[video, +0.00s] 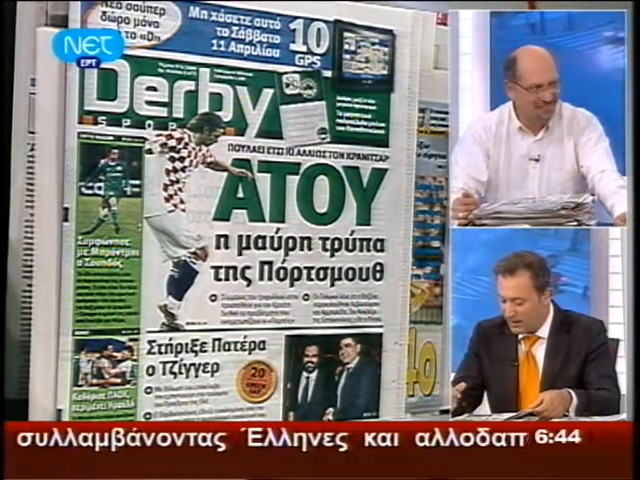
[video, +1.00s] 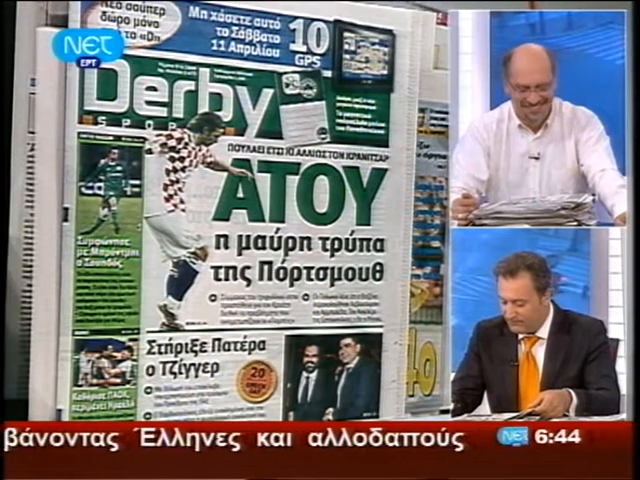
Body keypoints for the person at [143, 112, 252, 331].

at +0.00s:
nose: (215, 141)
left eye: (217, 138)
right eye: (215, 136)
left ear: (207, 132)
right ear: (205, 130)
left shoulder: (199, 150)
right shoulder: (179, 137)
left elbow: (212, 162)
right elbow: (149, 145)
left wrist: (232, 170)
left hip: (166, 209)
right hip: (161, 208)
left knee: (180, 262)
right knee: (200, 251)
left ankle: (171, 317)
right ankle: (172, 304)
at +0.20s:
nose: (215, 141)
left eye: (217, 138)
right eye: (215, 136)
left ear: (207, 132)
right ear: (205, 130)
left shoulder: (199, 150)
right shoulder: (179, 137)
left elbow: (212, 162)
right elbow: (149, 145)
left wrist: (232, 170)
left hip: (166, 209)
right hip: (161, 208)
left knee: (180, 262)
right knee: (200, 251)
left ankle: (171, 317)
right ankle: (172, 304)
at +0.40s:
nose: (215, 141)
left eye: (217, 137)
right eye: (215, 136)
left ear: (207, 132)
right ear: (205, 130)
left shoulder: (199, 150)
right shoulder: (179, 137)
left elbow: (212, 162)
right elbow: (149, 145)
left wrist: (232, 170)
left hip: (166, 209)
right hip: (161, 208)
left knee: (180, 262)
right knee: (200, 251)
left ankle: (171, 317)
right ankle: (172, 304)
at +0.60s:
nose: (215, 141)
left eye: (217, 137)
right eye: (215, 136)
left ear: (207, 132)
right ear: (205, 130)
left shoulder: (199, 150)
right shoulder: (179, 137)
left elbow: (212, 162)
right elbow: (149, 145)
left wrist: (232, 170)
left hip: (166, 209)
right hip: (161, 208)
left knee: (180, 262)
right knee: (200, 251)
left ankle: (171, 317)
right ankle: (172, 304)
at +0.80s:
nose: (215, 141)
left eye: (217, 137)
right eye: (215, 136)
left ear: (206, 132)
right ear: (205, 130)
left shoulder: (199, 150)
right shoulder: (178, 137)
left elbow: (212, 162)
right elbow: (148, 146)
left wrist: (231, 170)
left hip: (167, 209)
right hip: (161, 207)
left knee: (180, 262)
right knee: (200, 251)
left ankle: (171, 317)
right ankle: (172, 303)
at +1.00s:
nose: (215, 141)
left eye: (217, 137)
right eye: (215, 136)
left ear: (206, 132)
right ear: (205, 130)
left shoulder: (199, 150)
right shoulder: (178, 137)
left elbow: (212, 162)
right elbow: (147, 146)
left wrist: (231, 170)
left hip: (167, 209)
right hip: (160, 207)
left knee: (180, 261)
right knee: (200, 251)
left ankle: (171, 317)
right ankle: (172, 303)